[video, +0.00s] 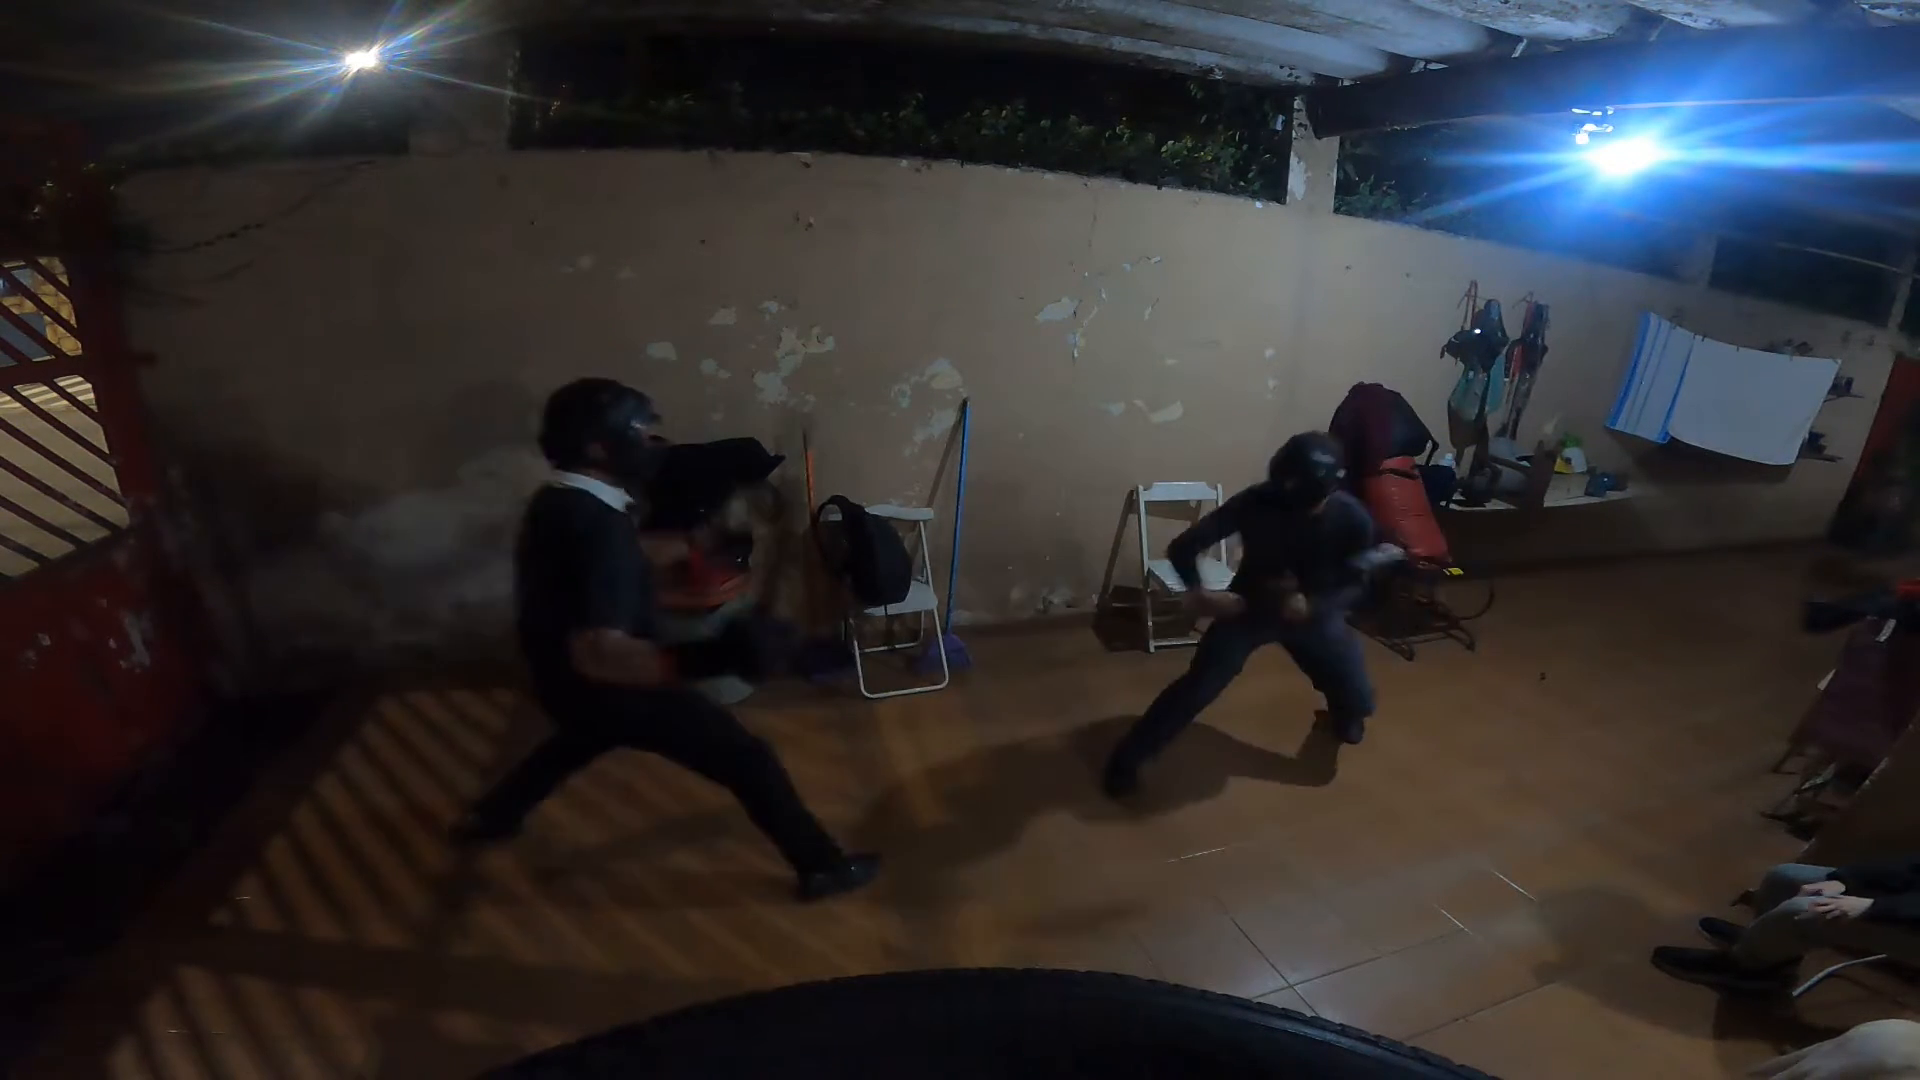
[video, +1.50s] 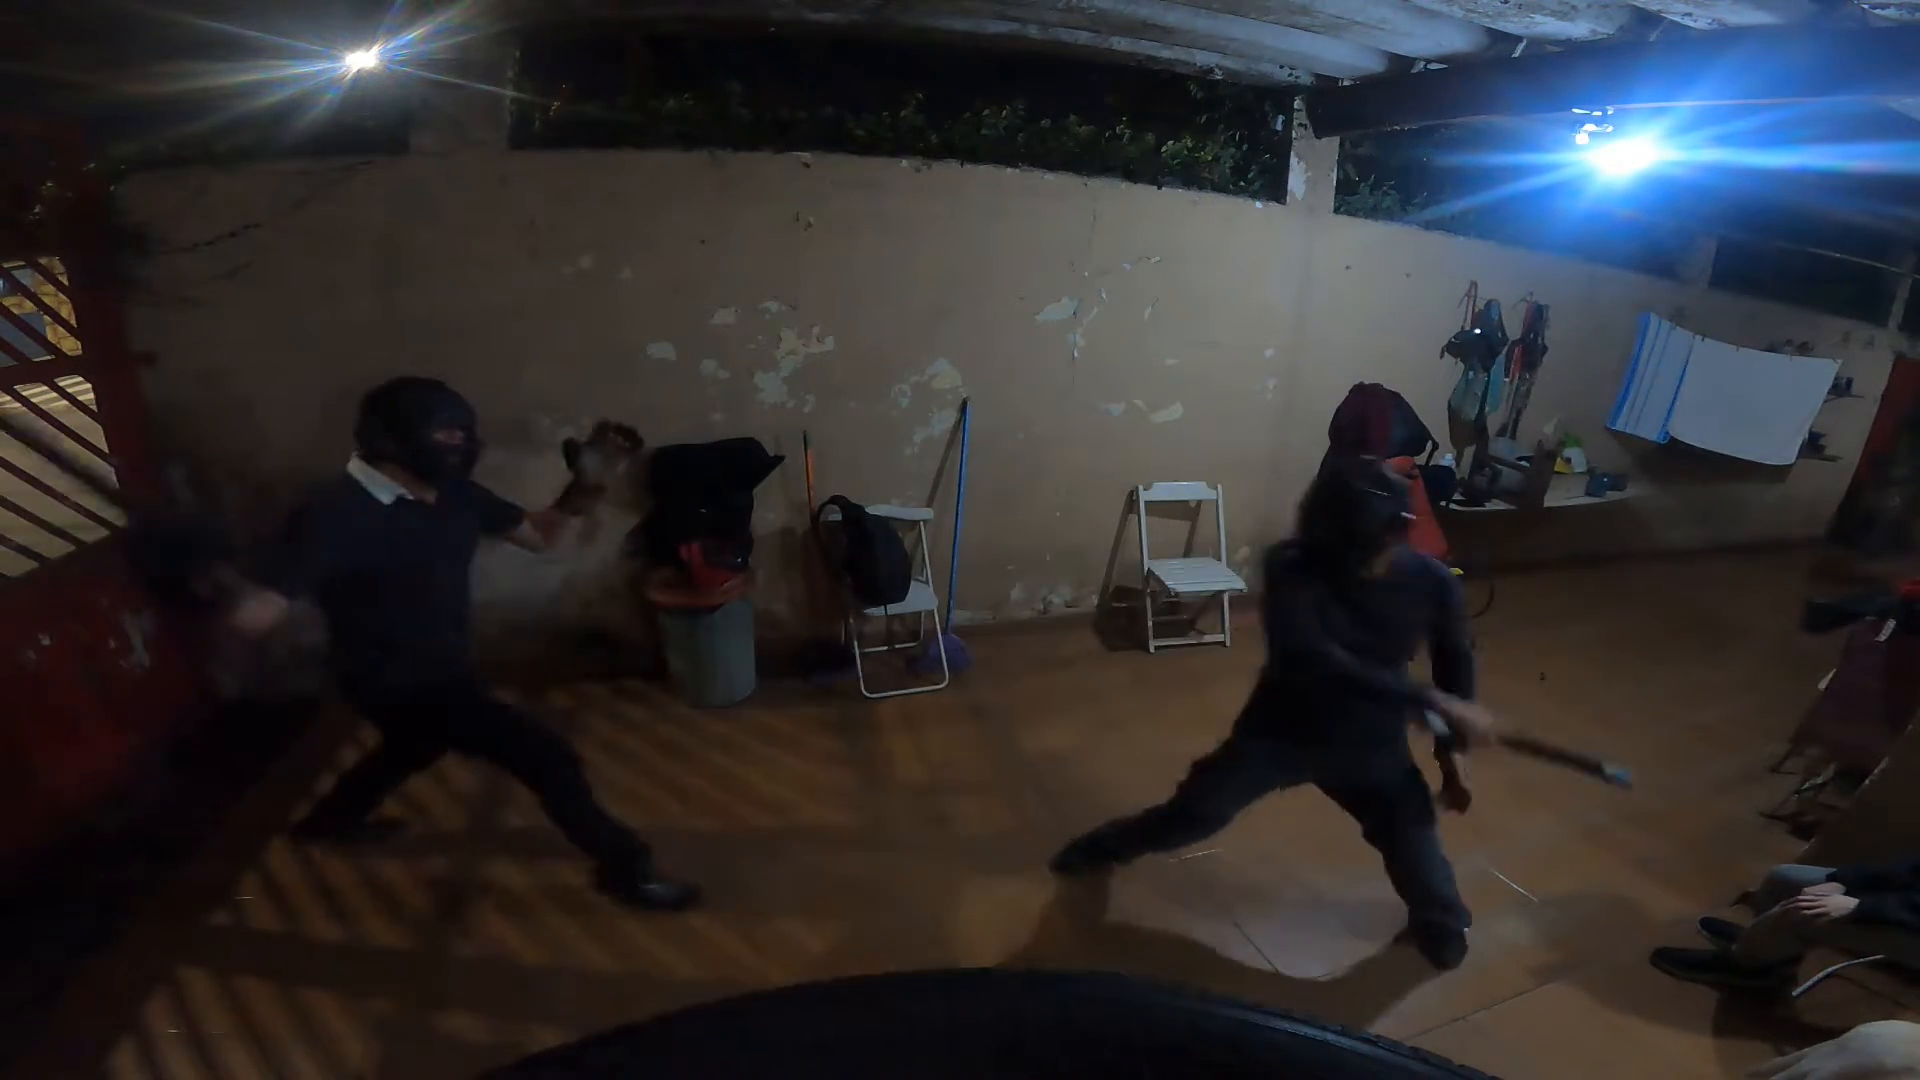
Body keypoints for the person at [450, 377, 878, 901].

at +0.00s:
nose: (656, 441)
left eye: (652, 429)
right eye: (642, 431)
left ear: (587, 449)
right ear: (599, 447)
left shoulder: (553, 509)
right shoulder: (596, 525)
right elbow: (596, 653)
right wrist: (706, 659)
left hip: (574, 690)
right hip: (616, 696)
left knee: (573, 747)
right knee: (746, 759)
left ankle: (489, 818)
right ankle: (819, 864)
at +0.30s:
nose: (526, 432)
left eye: (522, 418)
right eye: (507, 422)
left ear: (460, 442)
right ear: (460, 440)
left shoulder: (483, 501)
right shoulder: (438, 516)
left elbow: (545, 571)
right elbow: (535, 592)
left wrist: (622, 587)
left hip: (475, 668)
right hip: (433, 684)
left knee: (529, 754)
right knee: (550, 770)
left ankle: (472, 844)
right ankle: (472, 854)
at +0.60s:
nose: (434, 424)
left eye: (431, 412)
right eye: (415, 417)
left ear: (368, 440)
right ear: (365, 438)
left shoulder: (400, 496)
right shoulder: (342, 513)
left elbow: (409, 576)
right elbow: (415, 618)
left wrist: (460, 572)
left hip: (407, 652)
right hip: (350, 669)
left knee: (512, 703)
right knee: (364, 771)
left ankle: (476, 803)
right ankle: (317, 818)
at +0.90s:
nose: (490, 418)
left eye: (487, 406)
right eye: (474, 410)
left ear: (427, 428)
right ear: (432, 426)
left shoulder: (429, 482)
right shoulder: (423, 502)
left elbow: (476, 553)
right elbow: (490, 613)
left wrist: (541, 537)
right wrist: (570, 614)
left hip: (430, 646)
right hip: (390, 669)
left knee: (516, 705)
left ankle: (510, 800)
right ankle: (346, 814)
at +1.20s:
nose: (575, 463)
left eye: (572, 450)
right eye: (561, 453)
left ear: (503, 468)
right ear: (517, 469)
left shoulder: (467, 523)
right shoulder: (517, 548)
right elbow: (579, 655)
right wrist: (648, 701)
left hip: (442, 693)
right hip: (483, 705)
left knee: (555, 727)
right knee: (617, 770)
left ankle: (515, 806)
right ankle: (680, 876)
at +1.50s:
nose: (460, 453)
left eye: (464, 441)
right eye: (446, 439)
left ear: (465, 443)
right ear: (402, 443)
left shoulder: (456, 497)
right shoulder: (335, 517)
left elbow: (541, 536)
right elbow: (258, 611)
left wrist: (586, 488)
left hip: (446, 674)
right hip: (388, 689)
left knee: (415, 745)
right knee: (541, 753)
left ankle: (333, 816)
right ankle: (624, 867)